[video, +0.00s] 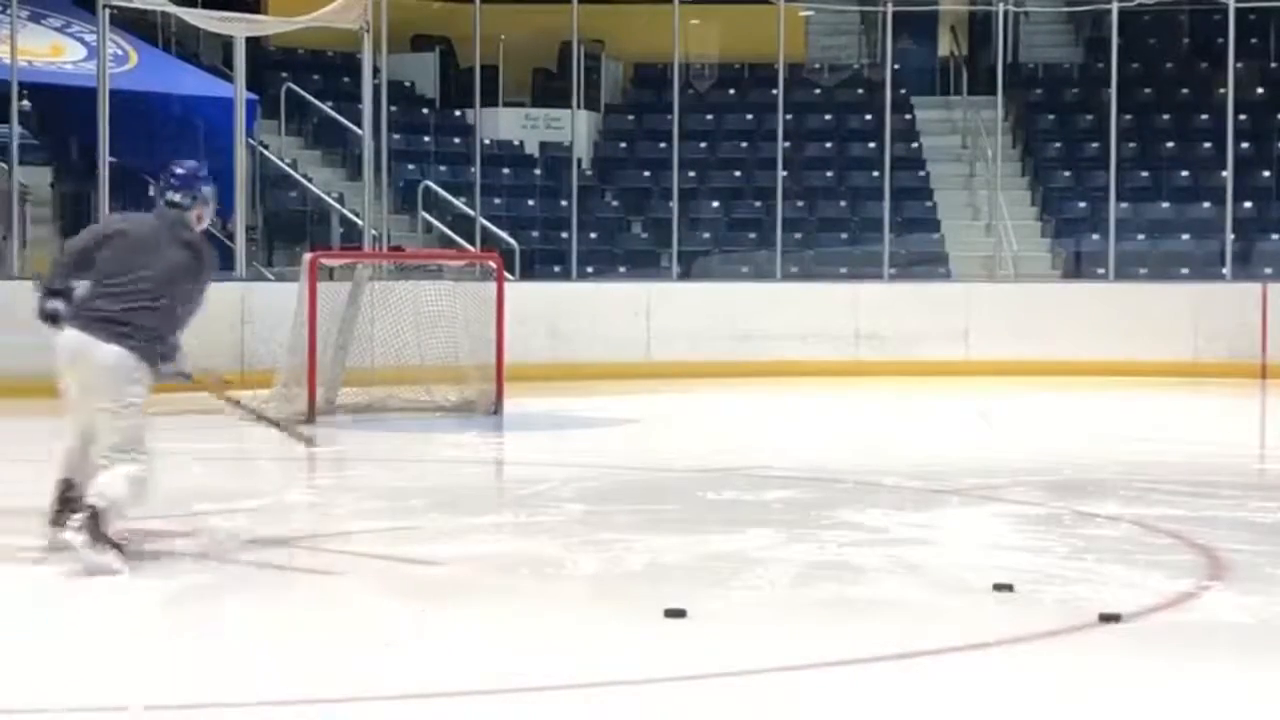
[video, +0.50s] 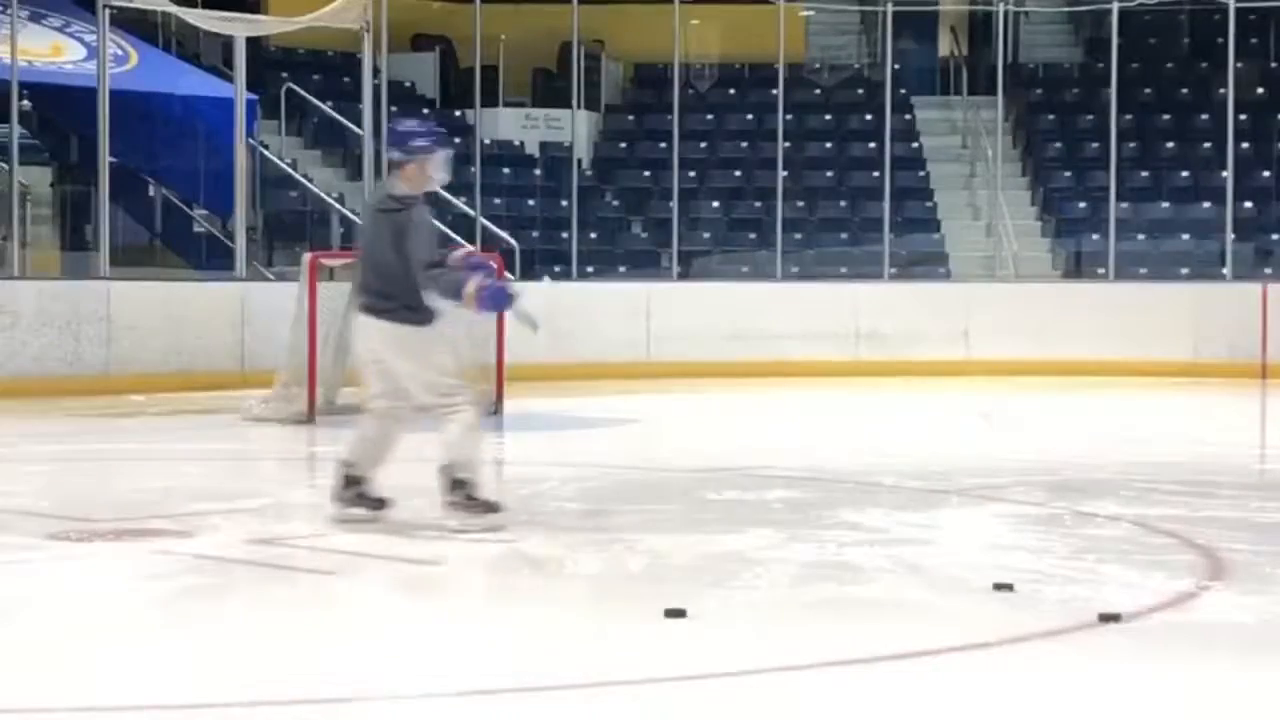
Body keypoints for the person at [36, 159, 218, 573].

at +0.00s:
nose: (208, 217)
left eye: (209, 208)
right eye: (206, 208)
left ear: (164, 198)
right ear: (196, 208)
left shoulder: (124, 224)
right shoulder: (199, 257)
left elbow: (71, 252)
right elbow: (174, 316)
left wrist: (54, 292)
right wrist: (168, 350)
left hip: (74, 339)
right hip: (122, 356)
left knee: (81, 431)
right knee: (127, 459)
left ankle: (65, 507)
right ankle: (93, 520)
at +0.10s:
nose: (240, 202)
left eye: (238, 193)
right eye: (237, 193)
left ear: (198, 190)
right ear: (231, 196)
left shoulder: (161, 217)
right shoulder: (237, 243)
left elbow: (109, 248)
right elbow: (228, 316)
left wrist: (105, 302)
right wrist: (223, 372)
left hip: (128, 336)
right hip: (177, 353)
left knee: (145, 428)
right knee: (196, 446)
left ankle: (117, 494)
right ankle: (159, 498)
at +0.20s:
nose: (281, 190)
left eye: (281, 181)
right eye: (279, 181)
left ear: (239, 177)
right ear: (265, 182)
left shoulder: (200, 213)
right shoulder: (269, 235)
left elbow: (169, 261)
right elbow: (270, 306)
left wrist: (189, 298)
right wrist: (285, 359)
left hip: (184, 334)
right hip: (233, 344)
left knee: (204, 422)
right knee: (272, 423)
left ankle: (167, 490)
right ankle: (237, 493)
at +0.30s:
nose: (320, 179)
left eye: (317, 170)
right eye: (320, 171)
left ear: (287, 168)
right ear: (316, 173)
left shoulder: (257, 209)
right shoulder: (321, 222)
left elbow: (246, 268)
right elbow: (328, 297)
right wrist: (356, 341)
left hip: (242, 328)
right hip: (293, 338)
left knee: (260, 412)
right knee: (332, 407)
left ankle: (228, 486)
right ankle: (321, 492)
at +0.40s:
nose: (380, 176)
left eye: (380, 167)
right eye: (375, 167)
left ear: (341, 167)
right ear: (358, 169)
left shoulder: (312, 206)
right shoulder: (364, 213)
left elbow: (309, 262)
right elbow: (374, 274)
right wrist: (415, 311)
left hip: (304, 328)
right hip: (347, 333)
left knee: (317, 416)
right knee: (396, 404)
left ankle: (291, 487)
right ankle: (394, 492)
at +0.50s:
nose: (443, 169)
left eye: (443, 160)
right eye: (436, 161)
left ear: (406, 167)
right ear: (410, 167)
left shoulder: (379, 205)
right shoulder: (415, 213)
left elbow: (405, 263)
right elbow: (428, 276)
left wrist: (452, 261)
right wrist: (472, 291)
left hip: (369, 324)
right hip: (405, 329)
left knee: (387, 406)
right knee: (459, 404)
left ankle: (352, 482)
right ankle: (459, 487)